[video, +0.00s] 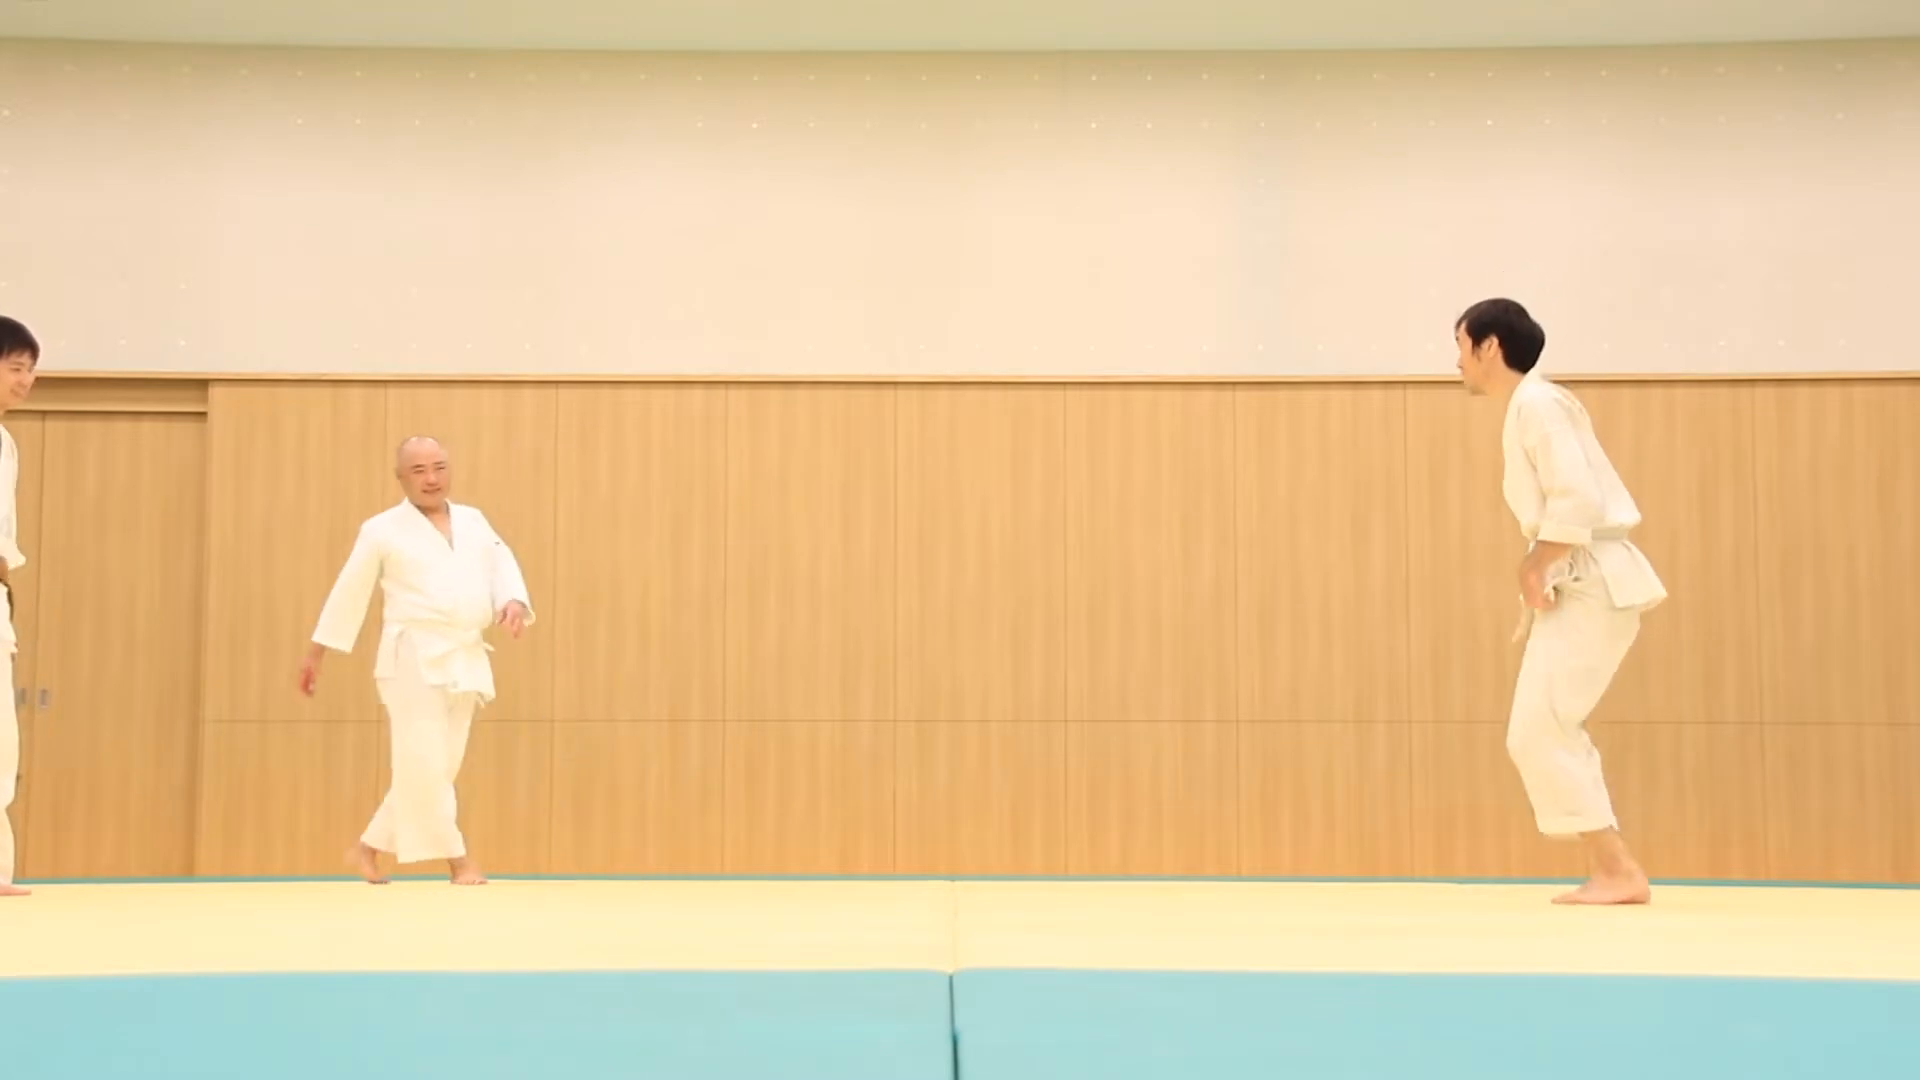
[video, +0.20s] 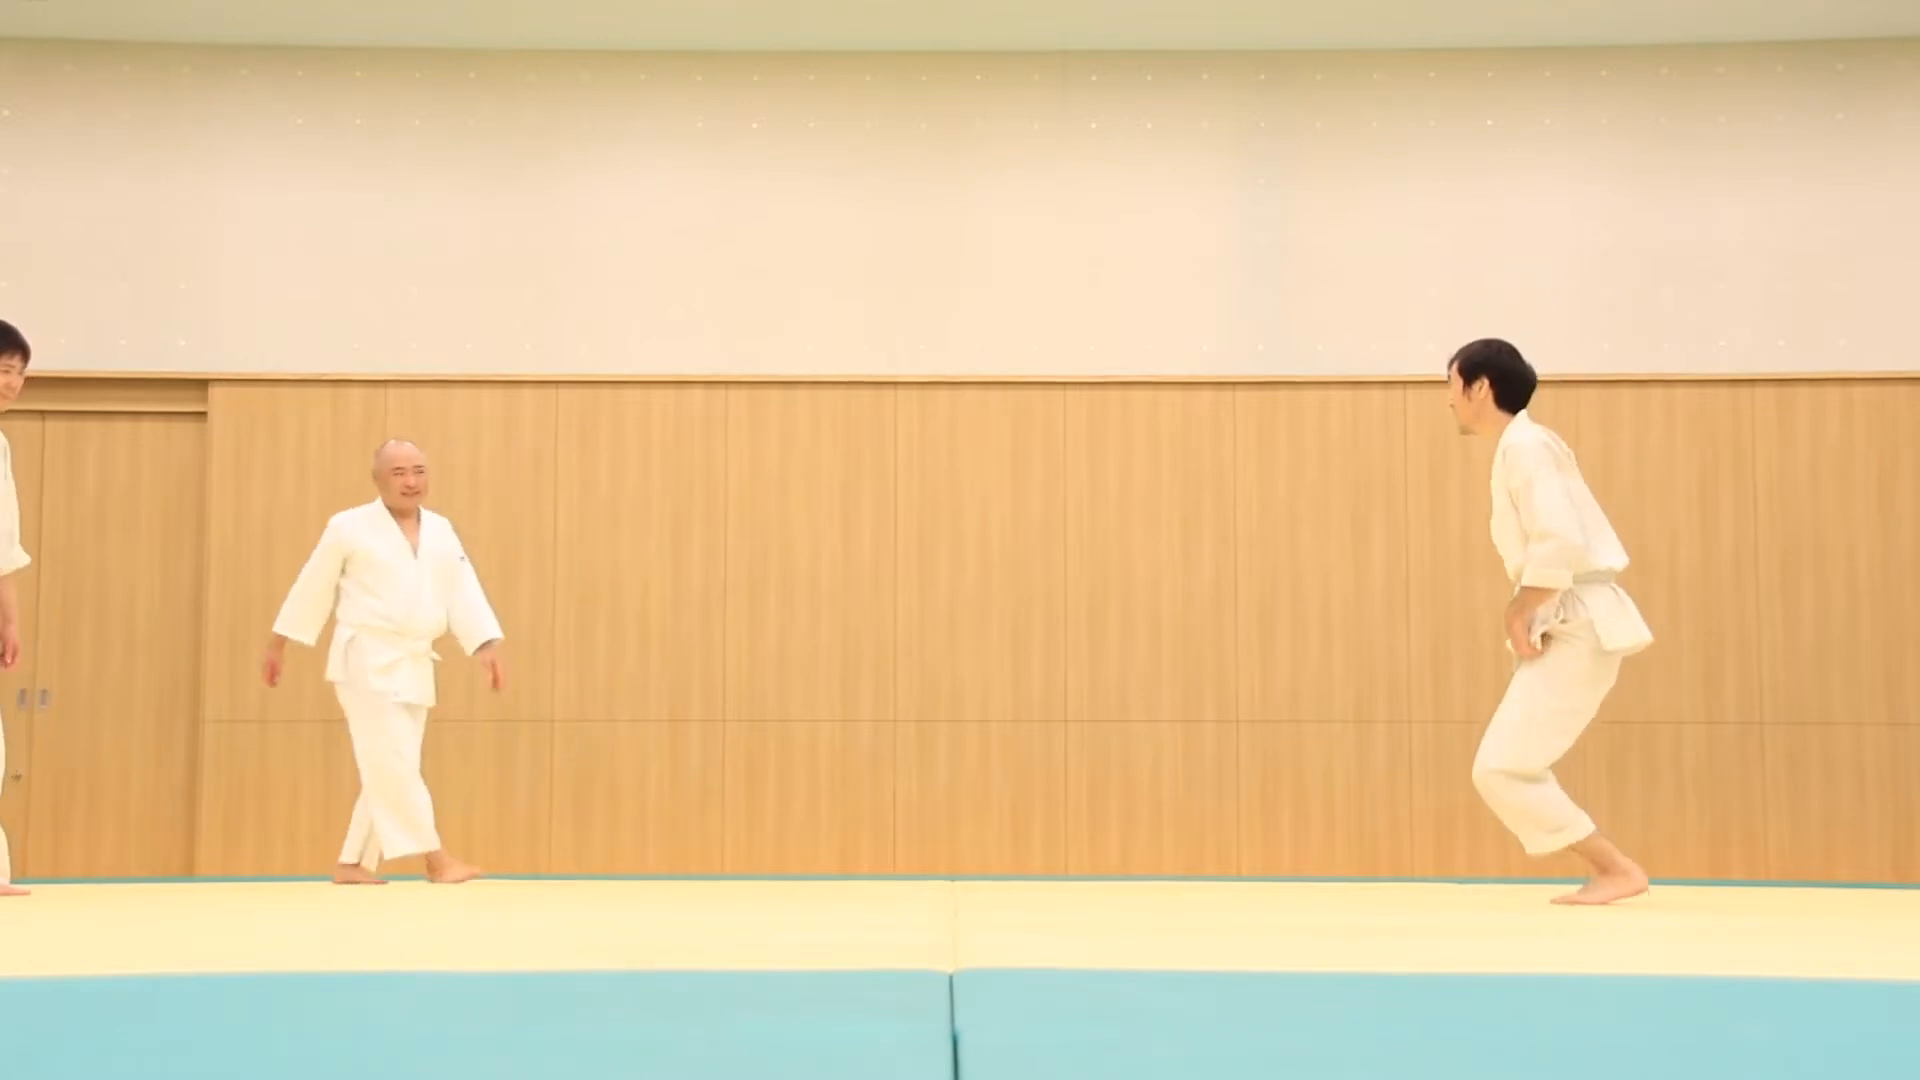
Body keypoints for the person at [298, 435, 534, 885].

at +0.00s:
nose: (431, 478)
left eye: (439, 468)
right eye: (419, 470)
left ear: (450, 471)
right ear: (401, 477)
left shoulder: (473, 522)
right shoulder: (383, 530)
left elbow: (502, 562)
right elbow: (348, 593)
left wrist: (513, 599)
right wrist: (315, 652)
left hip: (465, 657)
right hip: (410, 658)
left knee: (444, 760)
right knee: (425, 758)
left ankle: (371, 844)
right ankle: (459, 861)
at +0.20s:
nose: (410, 480)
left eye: (418, 471)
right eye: (398, 472)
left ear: (428, 476)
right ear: (378, 480)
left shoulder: (439, 530)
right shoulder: (349, 526)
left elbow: (463, 588)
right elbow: (312, 586)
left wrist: (486, 645)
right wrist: (277, 644)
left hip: (416, 658)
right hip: (364, 657)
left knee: (398, 758)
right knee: (393, 755)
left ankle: (352, 863)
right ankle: (436, 859)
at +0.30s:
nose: (399, 476)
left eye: (407, 467)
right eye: (387, 468)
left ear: (415, 472)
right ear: (366, 475)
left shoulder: (426, 525)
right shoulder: (335, 520)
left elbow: (445, 593)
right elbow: (292, 577)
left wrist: (455, 657)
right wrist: (250, 634)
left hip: (399, 656)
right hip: (347, 654)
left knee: (388, 758)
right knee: (366, 753)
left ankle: (349, 862)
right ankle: (390, 859)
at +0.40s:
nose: (384, 471)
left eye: (391, 462)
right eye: (373, 463)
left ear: (402, 467)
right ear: (352, 471)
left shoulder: (413, 522)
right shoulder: (323, 516)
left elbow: (425, 592)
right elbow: (277, 568)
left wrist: (421, 652)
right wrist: (231, 620)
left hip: (384, 655)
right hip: (330, 651)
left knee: (375, 758)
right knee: (329, 751)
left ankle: (362, 858)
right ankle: (333, 855)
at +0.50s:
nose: (368, 470)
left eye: (376, 461)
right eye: (356, 462)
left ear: (386, 466)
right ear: (336, 470)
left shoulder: (399, 521)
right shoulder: (309, 515)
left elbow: (410, 587)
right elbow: (263, 567)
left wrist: (402, 640)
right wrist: (223, 616)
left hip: (372, 655)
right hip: (314, 653)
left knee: (363, 761)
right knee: (288, 751)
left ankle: (352, 862)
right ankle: (272, 855)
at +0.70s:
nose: (321, 471)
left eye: (330, 461)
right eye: (309, 463)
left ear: (343, 467)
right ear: (293, 469)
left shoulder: (360, 522)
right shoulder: (267, 517)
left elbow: (376, 591)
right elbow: (237, 577)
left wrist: (376, 654)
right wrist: (214, 626)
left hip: (339, 656)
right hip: (277, 653)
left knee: (342, 761)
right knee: (241, 751)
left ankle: (350, 863)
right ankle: (210, 861)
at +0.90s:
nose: (259, 472)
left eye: (269, 463)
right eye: (248, 464)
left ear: (286, 468)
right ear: (237, 470)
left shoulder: (312, 522)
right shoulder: (212, 522)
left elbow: (337, 584)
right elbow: (189, 587)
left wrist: (356, 644)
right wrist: (179, 650)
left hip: (285, 659)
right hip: (221, 657)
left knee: (314, 760)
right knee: (204, 760)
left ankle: (338, 862)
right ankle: (205, 864)